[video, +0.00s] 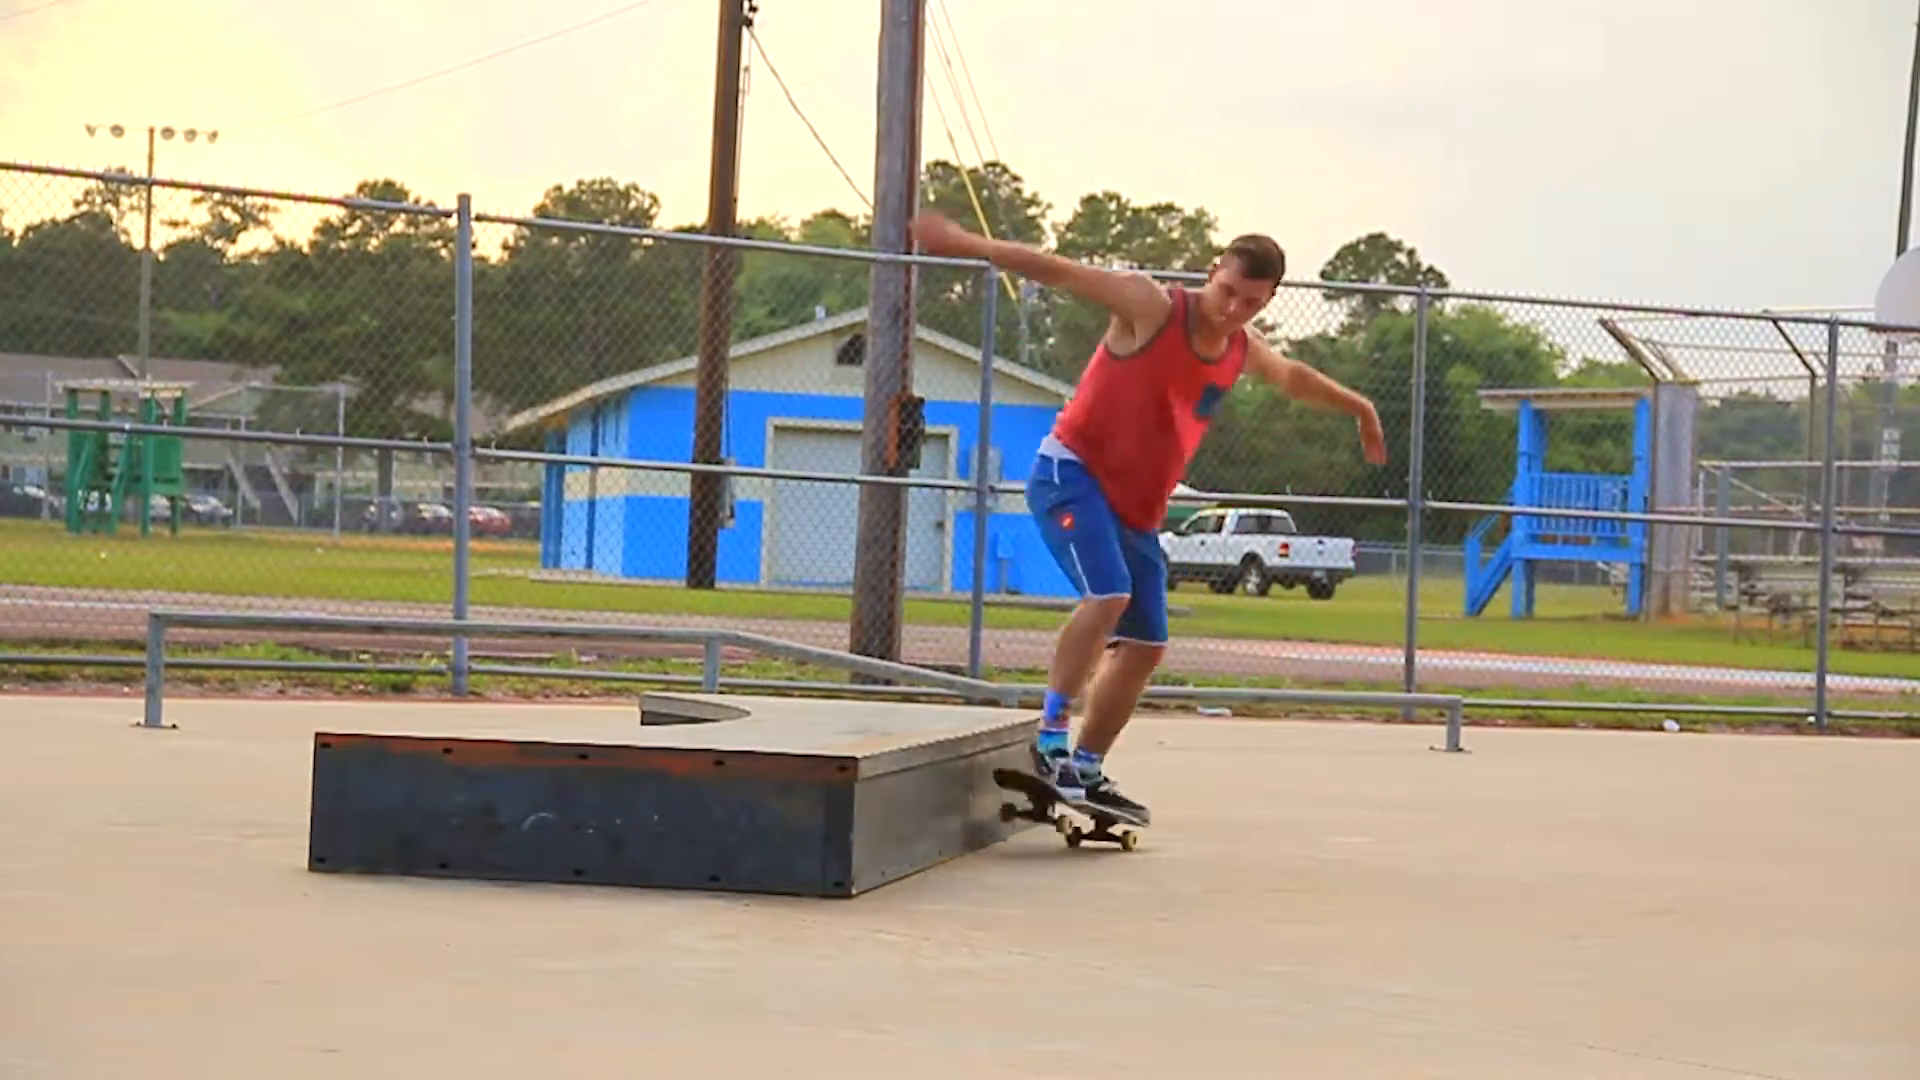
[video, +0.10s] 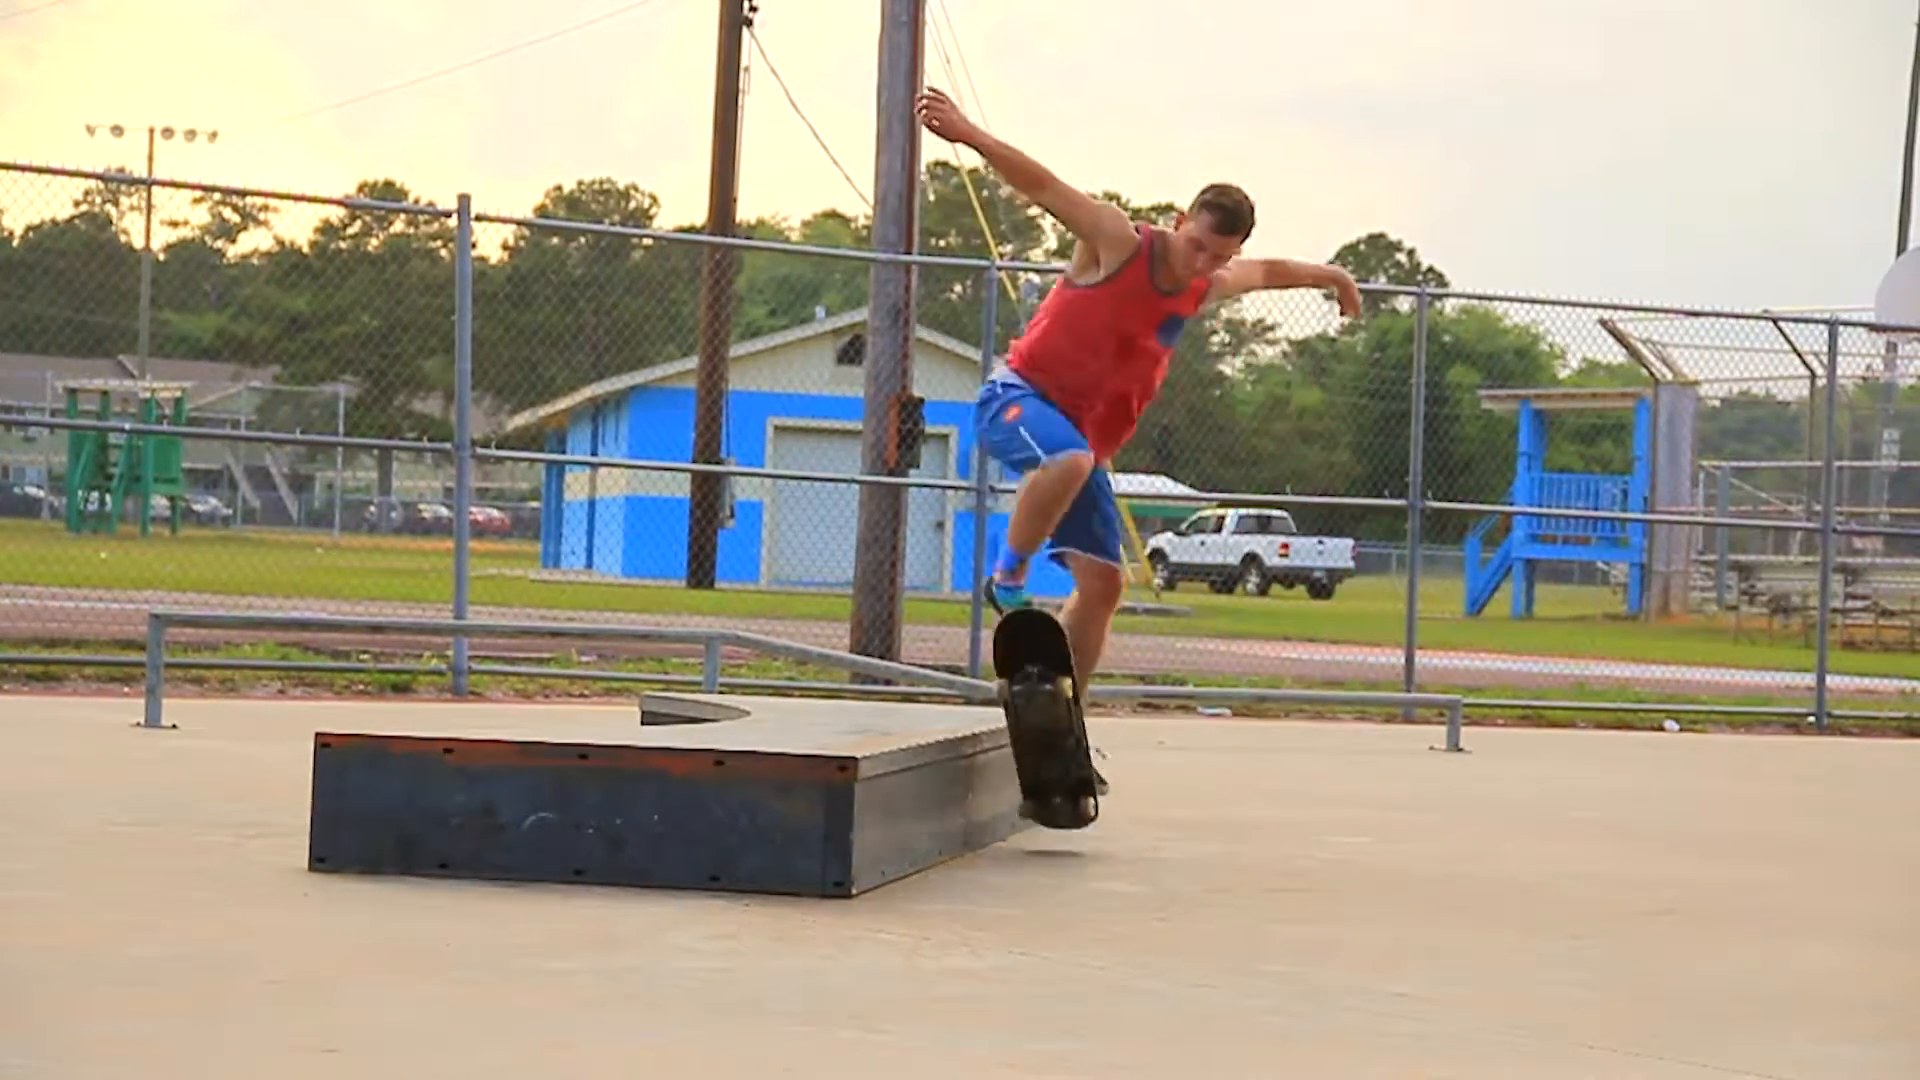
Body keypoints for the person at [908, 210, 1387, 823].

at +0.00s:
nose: (1235, 309)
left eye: (1250, 304)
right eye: (1229, 293)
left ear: (1264, 303)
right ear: (1211, 272)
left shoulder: (1244, 349)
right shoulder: (1150, 301)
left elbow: (1294, 378)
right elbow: (1053, 268)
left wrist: (1363, 408)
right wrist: (966, 242)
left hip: (1134, 509)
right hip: (1070, 474)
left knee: (1144, 642)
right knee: (1107, 594)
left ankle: (1083, 769)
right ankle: (1050, 736)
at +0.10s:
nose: (1204, 266)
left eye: (1218, 259)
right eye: (1199, 247)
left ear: (1232, 254)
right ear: (1179, 222)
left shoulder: (1207, 285)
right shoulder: (1116, 237)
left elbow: (1269, 272)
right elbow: (1041, 185)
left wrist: (1335, 276)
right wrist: (969, 134)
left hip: (1081, 438)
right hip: (1016, 395)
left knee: (1103, 582)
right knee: (1071, 461)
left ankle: (1058, 719)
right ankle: (1008, 577)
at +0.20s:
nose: (1171, 244)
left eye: (1183, 238)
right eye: (1166, 228)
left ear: (1198, 231)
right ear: (1144, 199)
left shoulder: (1168, 255)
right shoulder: (1082, 218)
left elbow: (1234, 262)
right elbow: (1009, 196)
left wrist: (1302, 276)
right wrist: (948, 189)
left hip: (1030, 391)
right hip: (959, 351)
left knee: (1095, 499)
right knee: (1034, 437)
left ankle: (1002, 625)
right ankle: (945, 582)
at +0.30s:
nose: (1133, 218)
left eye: (1148, 210)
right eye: (1128, 199)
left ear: (1160, 200)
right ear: (1106, 168)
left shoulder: (1119, 232)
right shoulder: (1041, 197)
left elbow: (1175, 264)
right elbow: (956, 211)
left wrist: (1242, 306)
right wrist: (924, 250)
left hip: (980, 379)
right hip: (924, 343)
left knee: (1016, 516)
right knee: (953, 491)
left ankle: (919, 652)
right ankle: (889, 642)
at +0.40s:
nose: (1090, 202)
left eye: (1105, 193)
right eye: (1085, 182)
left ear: (1115, 187)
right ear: (1059, 155)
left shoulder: (1071, 226)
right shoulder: (996, 192)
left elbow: (1113, 269)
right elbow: (911, 216)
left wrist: (1190, 308)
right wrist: (882, 255)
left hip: (946, 393)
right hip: (884, 362)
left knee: (974, 530)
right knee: (922, 511)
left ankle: (890, 663)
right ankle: (854, 664)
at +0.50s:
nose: (1051, 166)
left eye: (1066, 158)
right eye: (1048, 147)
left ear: (1076, 154)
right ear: (1018, 119)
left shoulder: (1025, 198)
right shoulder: (954, 158)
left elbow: (1061, 241)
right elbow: (869, 174)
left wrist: (1135, 265)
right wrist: (836, 202)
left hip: (914, 378)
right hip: (852, 349)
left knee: (942, 525)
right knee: (892, 513)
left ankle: (882, 675)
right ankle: (829, 673)